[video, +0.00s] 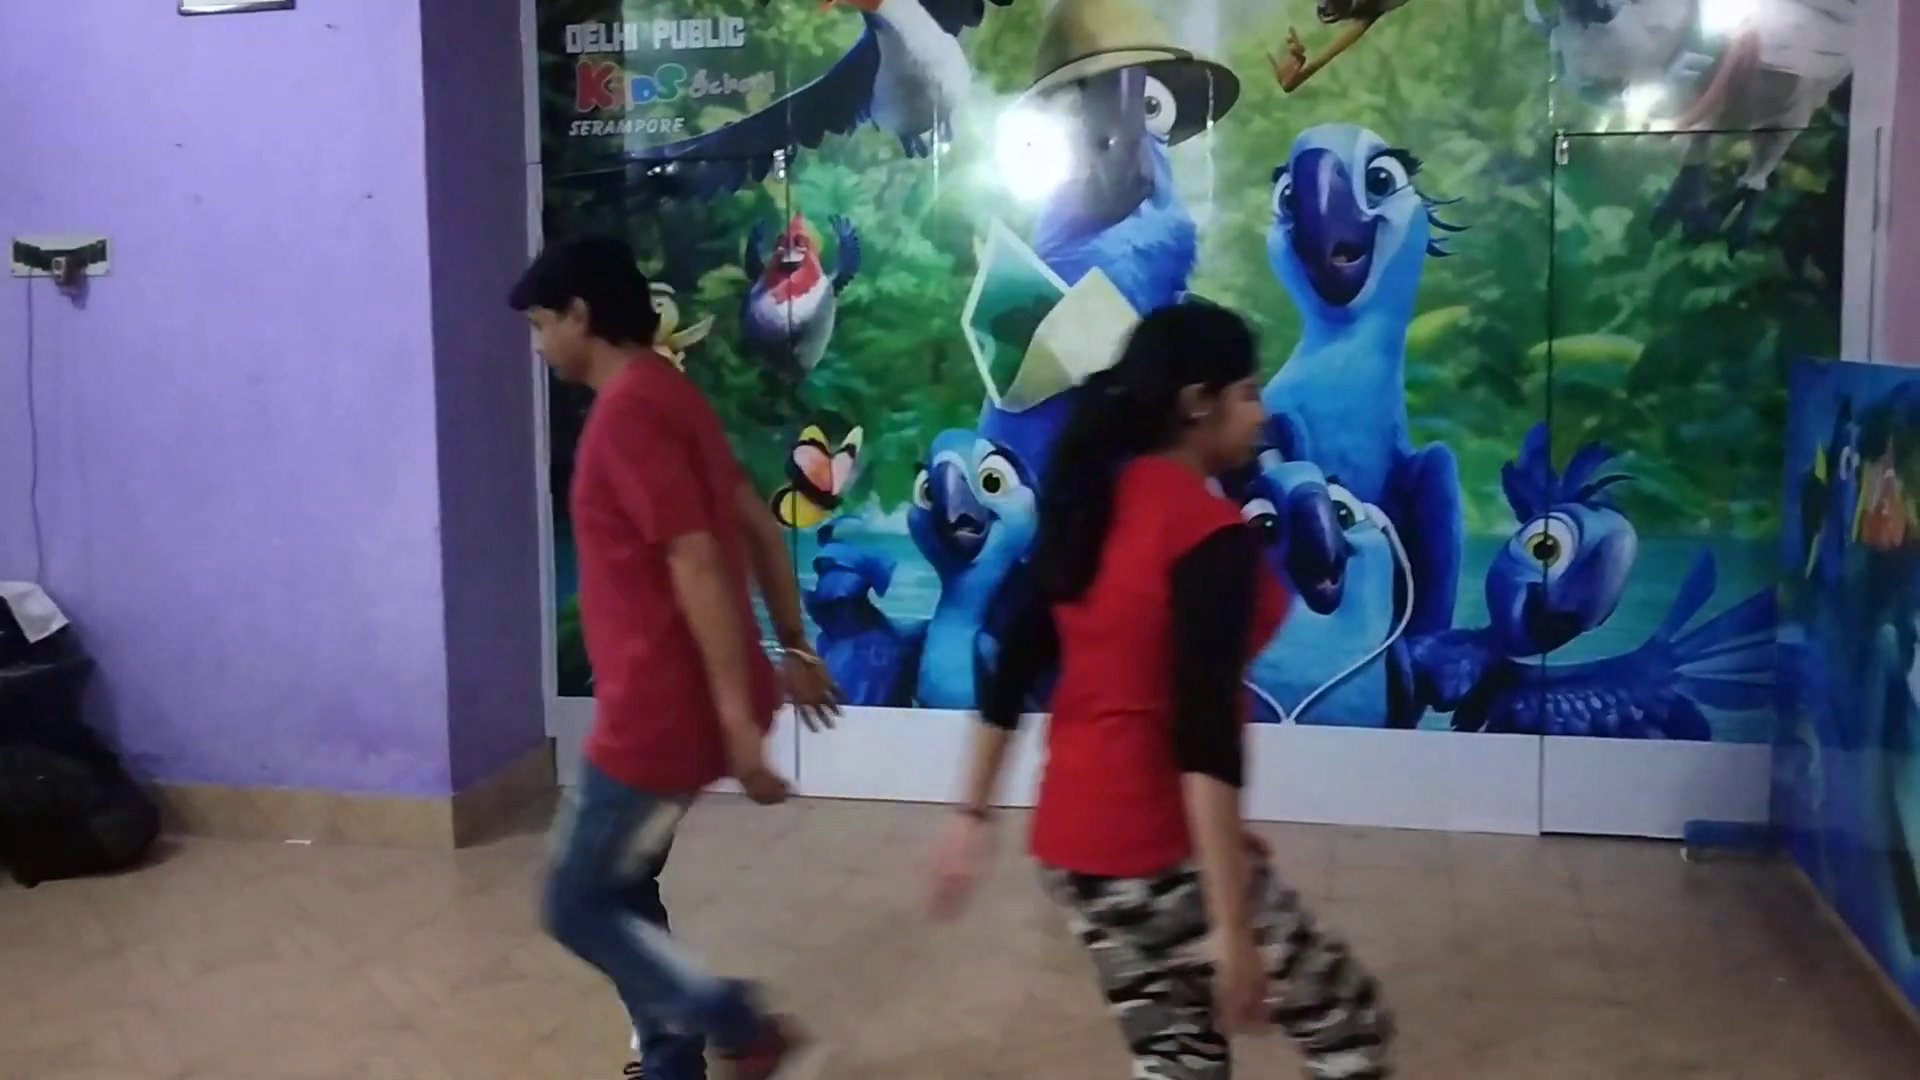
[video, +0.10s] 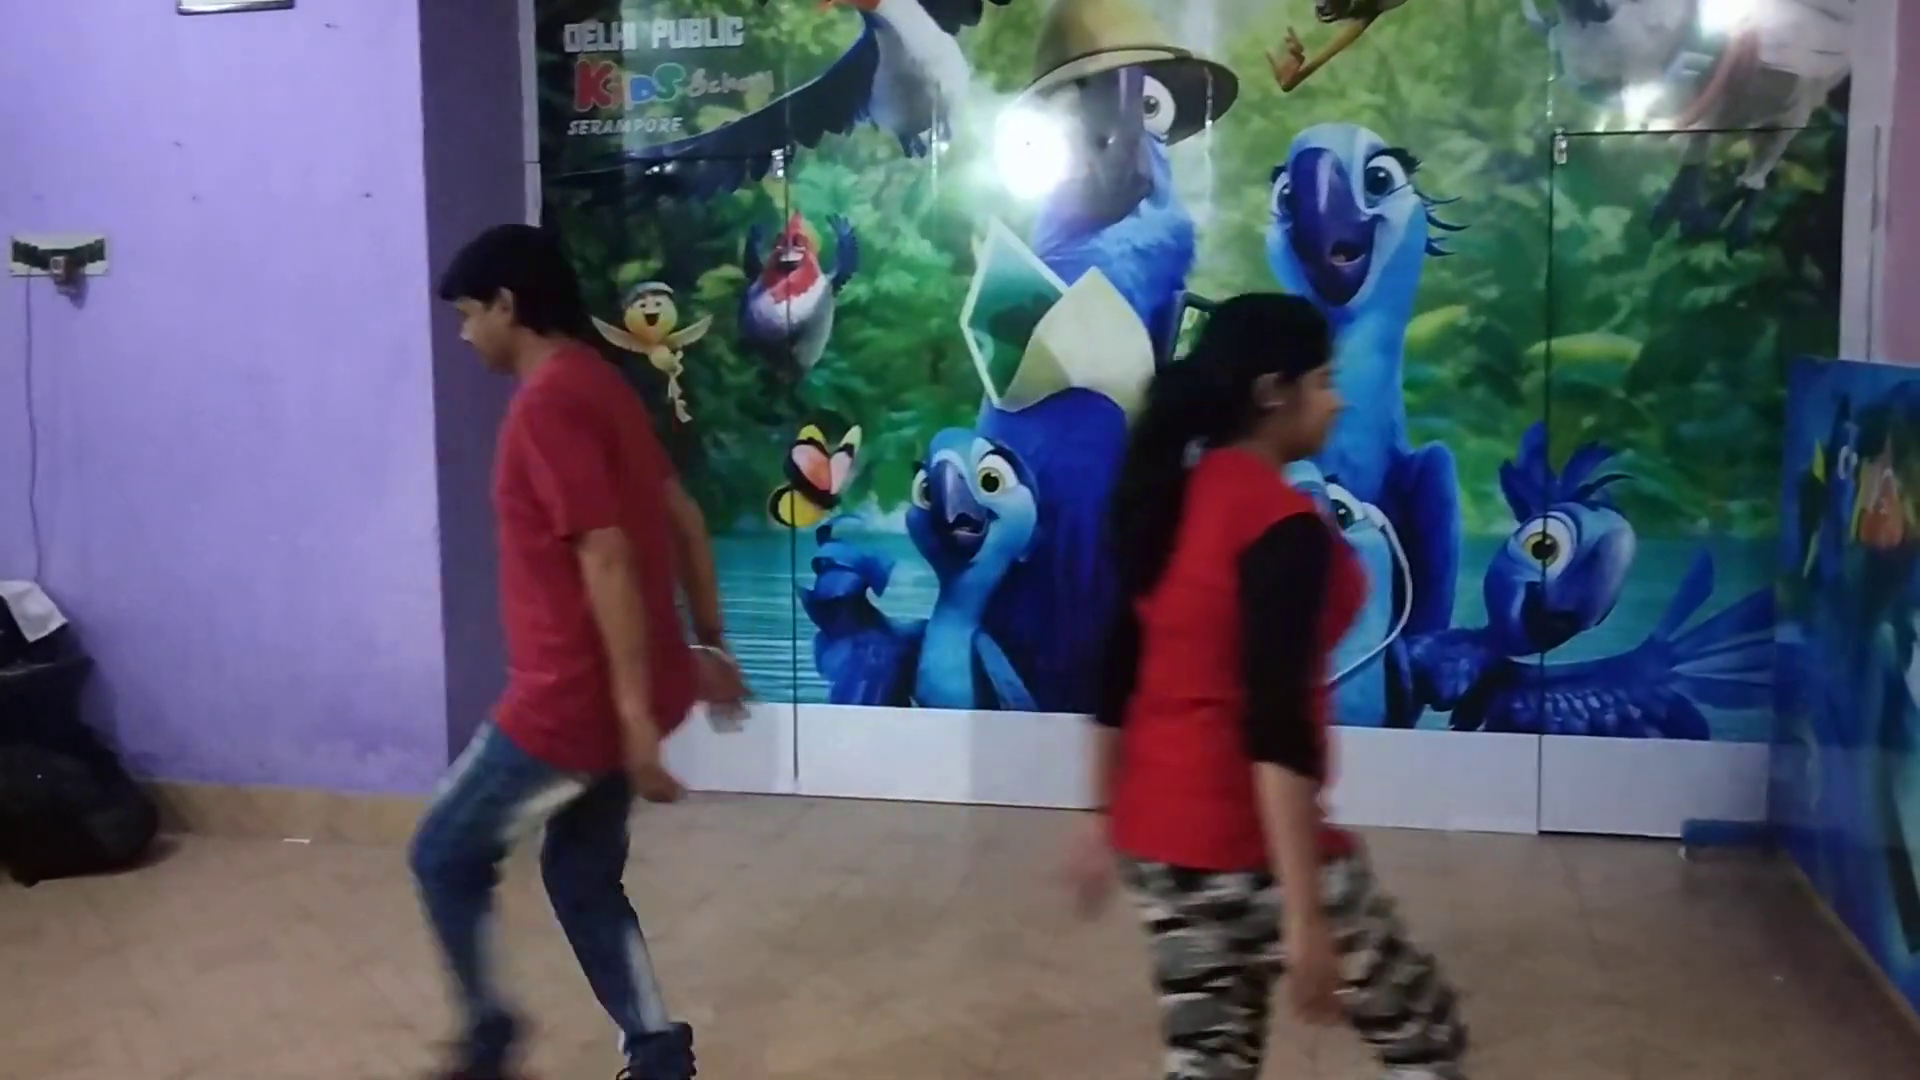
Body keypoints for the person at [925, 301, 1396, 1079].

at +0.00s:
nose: (1262, 414)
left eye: (1258, 393)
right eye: (1249, 393)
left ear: (1187, 402)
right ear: (1196, 403)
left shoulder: (1093, 498)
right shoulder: (1210, 532)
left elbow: (1015, 654)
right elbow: (1206, 742)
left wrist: (971, 813)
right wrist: (1235, 938)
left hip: (1075, 843)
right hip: (1161, 849)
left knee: (1180, 1058)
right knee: (1348, 1023)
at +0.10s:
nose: (1338, 403)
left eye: (1334, 382)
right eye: (1326, 382)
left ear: (1256, 393)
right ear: (1273, 393)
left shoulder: (1174, 493)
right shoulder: (1284, 522)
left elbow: (1121, 663)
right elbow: (1278, 728)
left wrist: (1101, 812)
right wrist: (1305, 921)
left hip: (1159, 842)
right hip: (1256, 846)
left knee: (1209, 1059)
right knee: (1424, 1034)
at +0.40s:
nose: (1557, 375)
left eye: (1555, 356)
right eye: (1548, 356)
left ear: (1478, 364)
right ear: (1495, 364)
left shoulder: (1410, 468)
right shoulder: (1491, 509)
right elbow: (1499, 725)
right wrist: (1548, 908)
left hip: (1413, 810)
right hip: (1472, 823)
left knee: (1571, 994)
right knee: (1593, 1002)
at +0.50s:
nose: (1617, 369)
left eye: (1615, 350)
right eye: (1609, 349)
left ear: (1538, 357)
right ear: (1554, 357)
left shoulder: (1469, 460)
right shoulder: (1540, 500)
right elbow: (1552, 711)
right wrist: (1605, 890)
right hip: (1522, 819)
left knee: (1673, 979)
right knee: (1606, 1039)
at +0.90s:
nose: (1795, 312)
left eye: (1792, 293)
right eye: (1781, 294)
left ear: (1715, 305)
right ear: (1718, 304)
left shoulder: (1698, 412)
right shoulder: (1681, 433)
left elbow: (1694, 609)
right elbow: (1663, 633)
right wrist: (1682, 806)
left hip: (1705, 747)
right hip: (1661, 752)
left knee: (1709, 993)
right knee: (1642, 997)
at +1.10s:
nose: (1819, 316)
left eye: (1819, 297)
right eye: (1807, 297)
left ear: (1744, 304)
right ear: (1744, 301)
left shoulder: (1721, 413)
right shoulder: (1700, 430)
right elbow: (1671, 627)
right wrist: (1688, 798)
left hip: (1735, 752)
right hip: (1674, 756)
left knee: (1730, 989)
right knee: (1617, 985)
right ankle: (1516, 1074)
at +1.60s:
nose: (1843, 366)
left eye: (1842, 347)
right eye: (1830, 347)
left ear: (1767, 357)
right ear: (1769, 354)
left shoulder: (1719, 445)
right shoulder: (1737, 470)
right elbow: (1668, 591)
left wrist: (1860, 544)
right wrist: (1658, 642)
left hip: (1705, 793)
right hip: (1645, 791)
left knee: (1800, 977)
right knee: (1606, 1043)